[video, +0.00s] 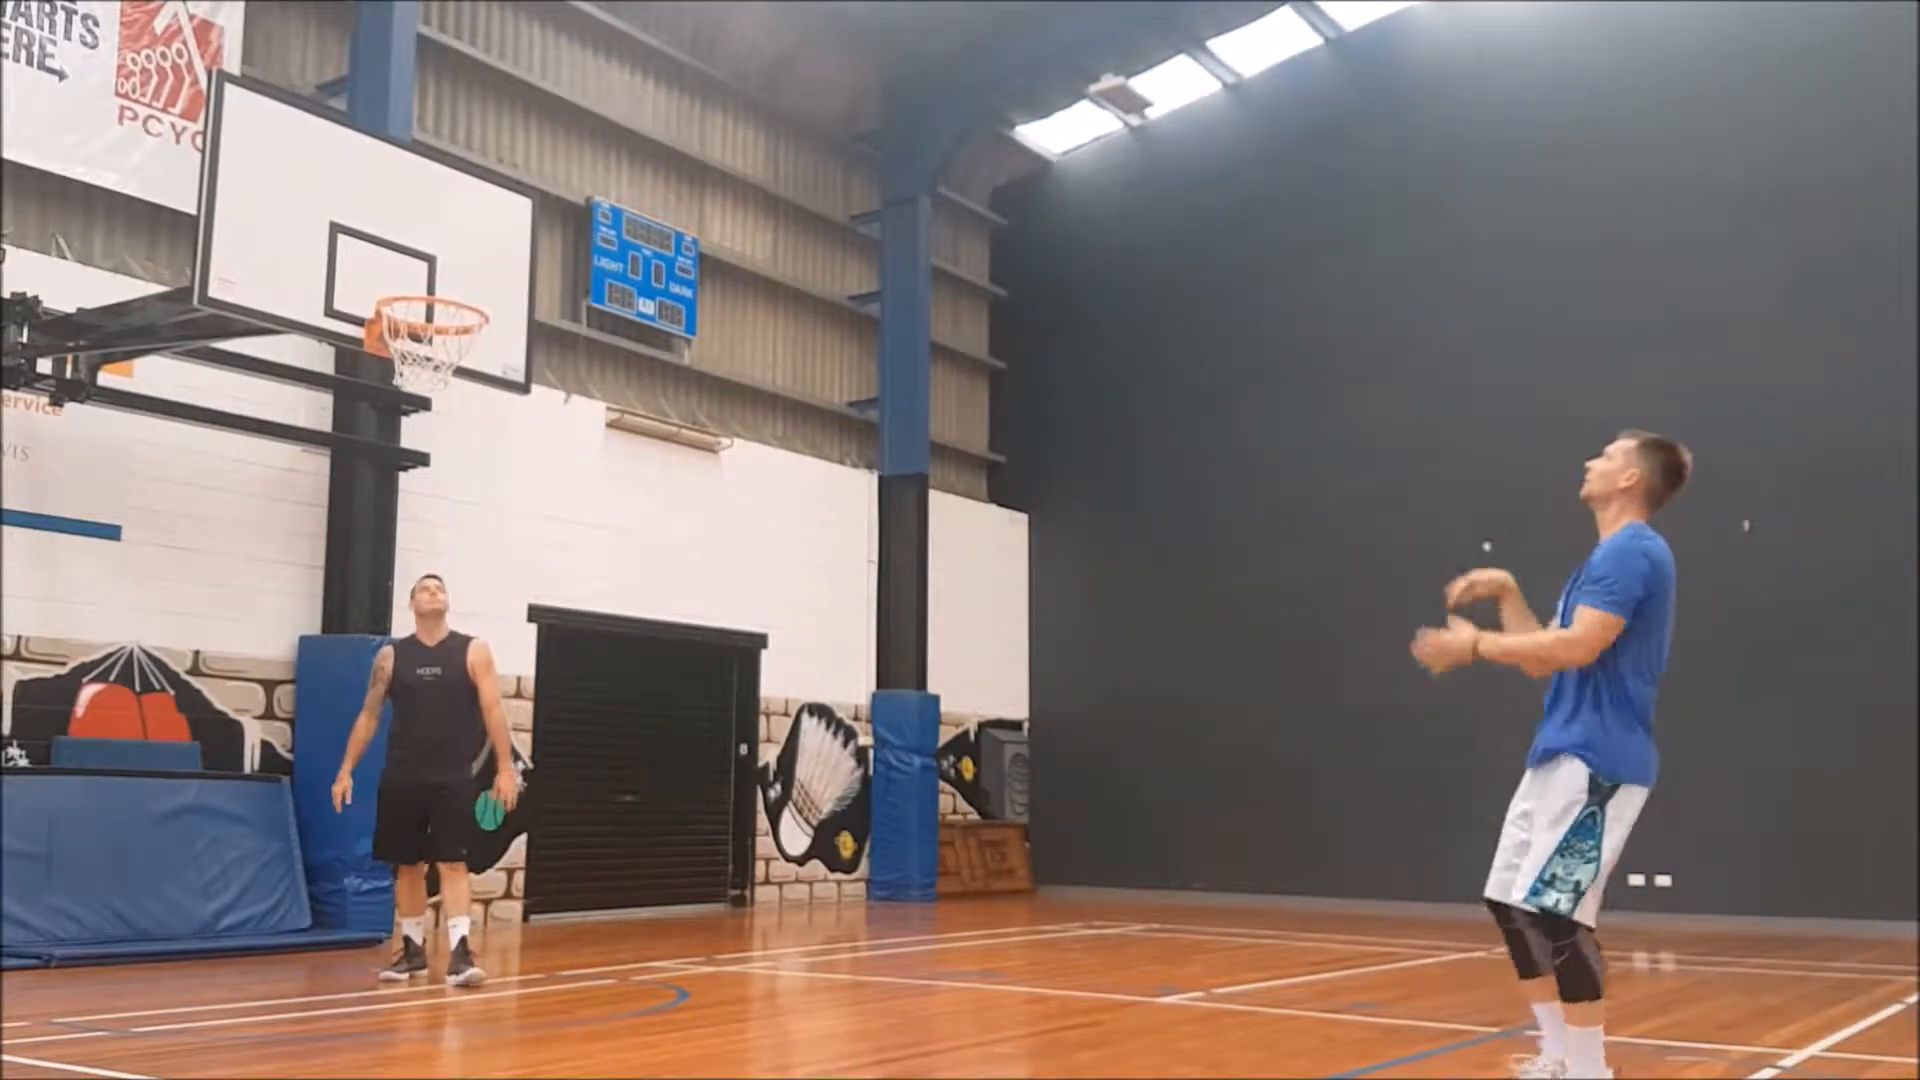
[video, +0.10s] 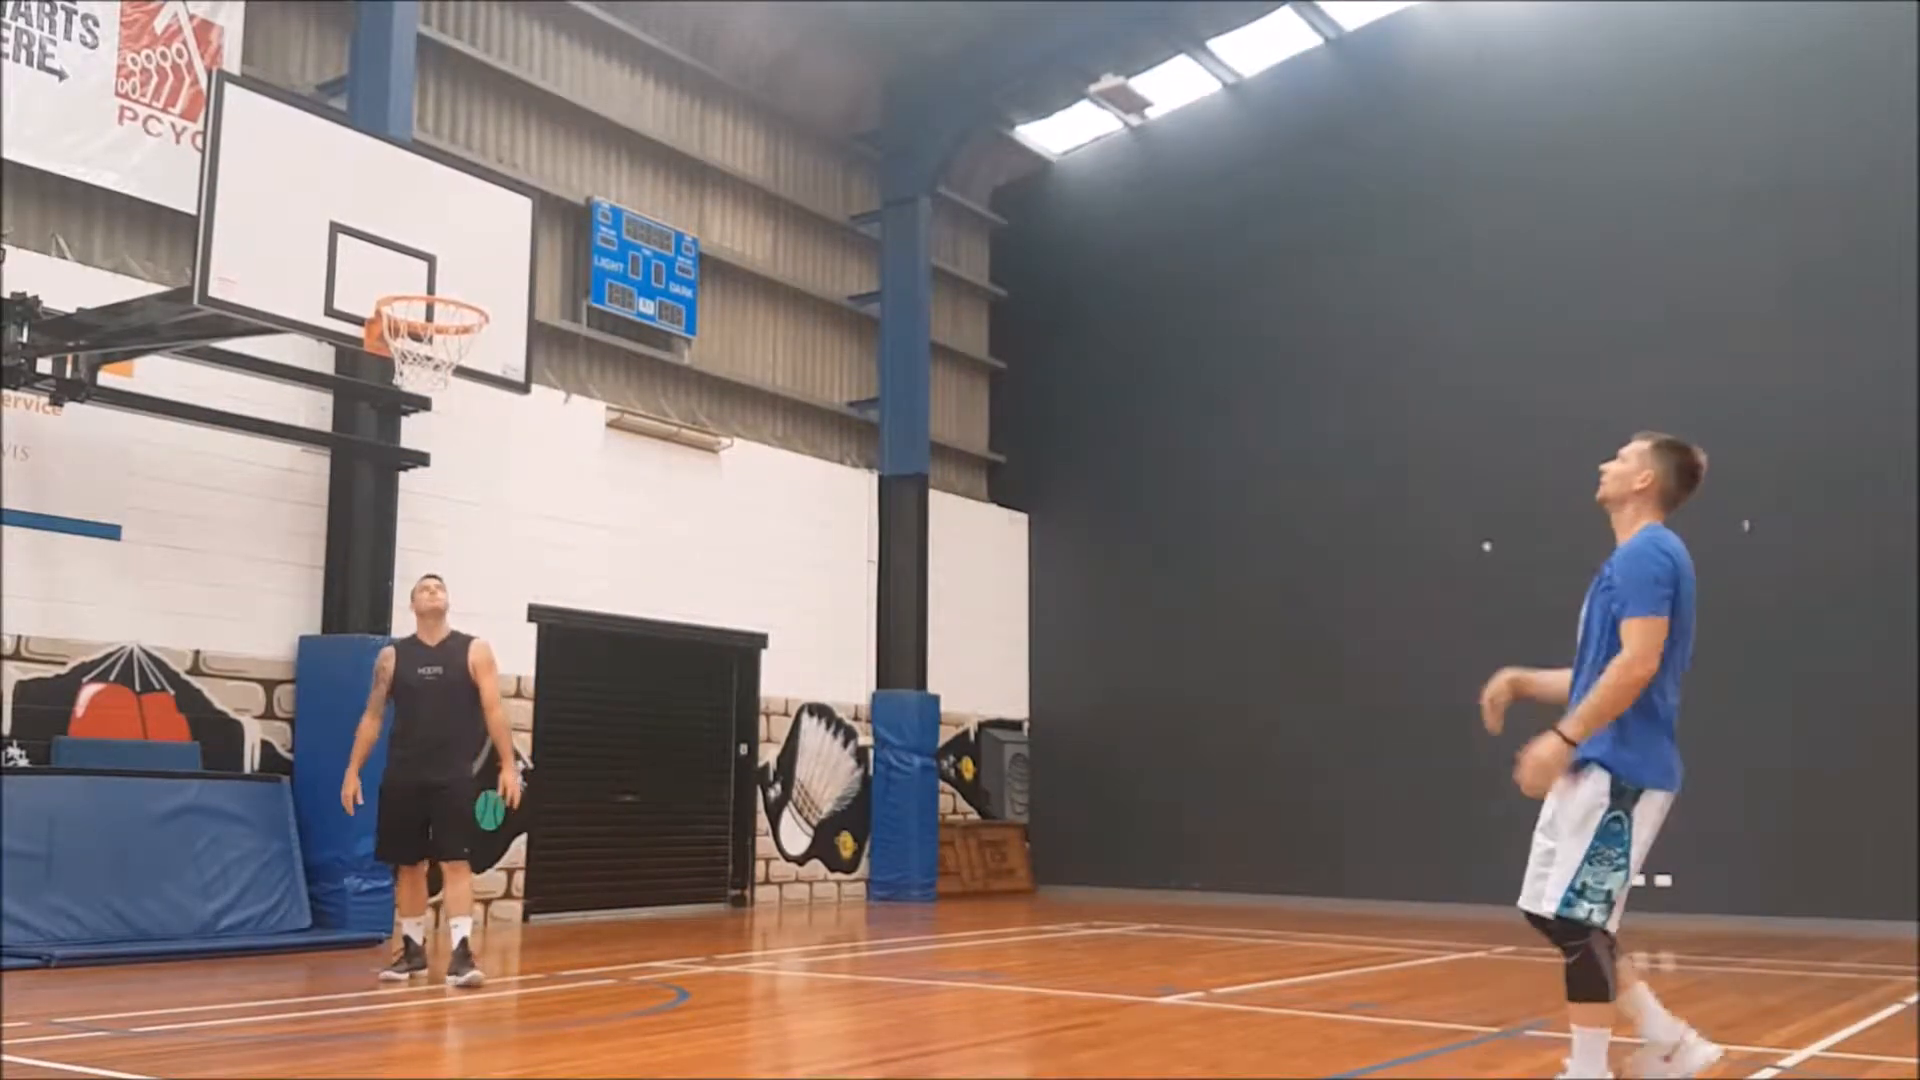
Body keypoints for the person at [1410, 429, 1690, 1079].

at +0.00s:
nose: (1590, 463)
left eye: (1603, 455)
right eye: (1598, 453)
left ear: (1629, 476)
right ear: (1625, 478)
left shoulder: (1634, 550)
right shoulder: (1601, 559)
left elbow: (1580, 646)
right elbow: (1543, 657)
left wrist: (1475, 643)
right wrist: (1509, 594)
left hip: (1603, 761)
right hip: (1560, 754)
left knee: (1551, 911)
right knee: (1509, 901)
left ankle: (1589, 1069)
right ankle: (1558, 1057)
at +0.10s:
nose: (1605, 463)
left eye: (1620, 456)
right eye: (1615, 454)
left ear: (1645, 480)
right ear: (1643, 484)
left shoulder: (1646, 552)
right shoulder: (1629, 557)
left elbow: (1639, 664)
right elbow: (1609, 676)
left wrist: (1561, 738)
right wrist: (1522, 681)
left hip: (1626, 768)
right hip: (1602, 762)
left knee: (1577, 916)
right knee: (1546, 909)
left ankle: (1586, 1070)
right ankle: (1670, 1039)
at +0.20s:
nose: (1624, 470)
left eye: (1637, 462)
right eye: (1632, 460)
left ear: (1663, 482)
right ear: (1664, 485)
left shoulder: (1671, 557)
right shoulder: (1661, 558)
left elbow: (1686, 669)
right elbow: (1646, 681)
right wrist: (1587, 747)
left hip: (1638, 776)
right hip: (1639, 774)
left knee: (1595, 924)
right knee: (1637, 933)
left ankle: (1588, 1070)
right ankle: (1771, 1027)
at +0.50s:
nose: (1695, 480)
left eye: (1708, 470)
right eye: (1703, 470)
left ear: (1736, 488)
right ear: (1744, 491)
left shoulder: (1753, 553)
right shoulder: (1771, 555)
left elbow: (1804, 653)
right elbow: (1810, 658)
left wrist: (1832, 762)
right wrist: (1831, 770)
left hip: (1765, 778)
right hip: (1795, 778)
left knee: (1698, 918)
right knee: (1798, 930)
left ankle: (1656, 1065)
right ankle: (1873, 1067)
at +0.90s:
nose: (1816, 467)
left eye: (1829, 456)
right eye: (1821, 456)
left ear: (1864, 468)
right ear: (1871, 471)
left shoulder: (1863, 533)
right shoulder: (1893, 534)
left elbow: (1821, 642)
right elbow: (1891, 664)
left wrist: (1740, 714)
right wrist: (1853, 762)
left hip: (1885, 769)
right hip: (1886, 767)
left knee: (1884, 926)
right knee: (1880, 924)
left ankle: (1887, 1067)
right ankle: (1886, 1066)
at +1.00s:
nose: (1845, 468)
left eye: (1857, 457)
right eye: (1851, 457)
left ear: (1892, 468)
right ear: (1896, 470)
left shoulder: (1892, 538)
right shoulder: (1903, 535)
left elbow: (1858, 646)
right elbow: (1872, 651)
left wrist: (1762, 707)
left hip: (1904, 777)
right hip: (1901, 774)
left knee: (1892, 930)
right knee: (1892, 929)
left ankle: (1889, 1069)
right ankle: (1889, 1066)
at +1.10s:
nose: (1871, 472)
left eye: (1885, 461)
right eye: (1877, 460)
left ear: (1917, 473)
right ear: (1908, 473)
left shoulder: (1912, 550)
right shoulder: (1909, 549)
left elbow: (1900, 662)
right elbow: (1898, 662)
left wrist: (1804, 715)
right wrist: (1809, 715)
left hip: (1919, 789)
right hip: (1917, 787)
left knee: (1907, 930)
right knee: (1906, 929)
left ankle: (1893, 1064)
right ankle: (1893, 1062)